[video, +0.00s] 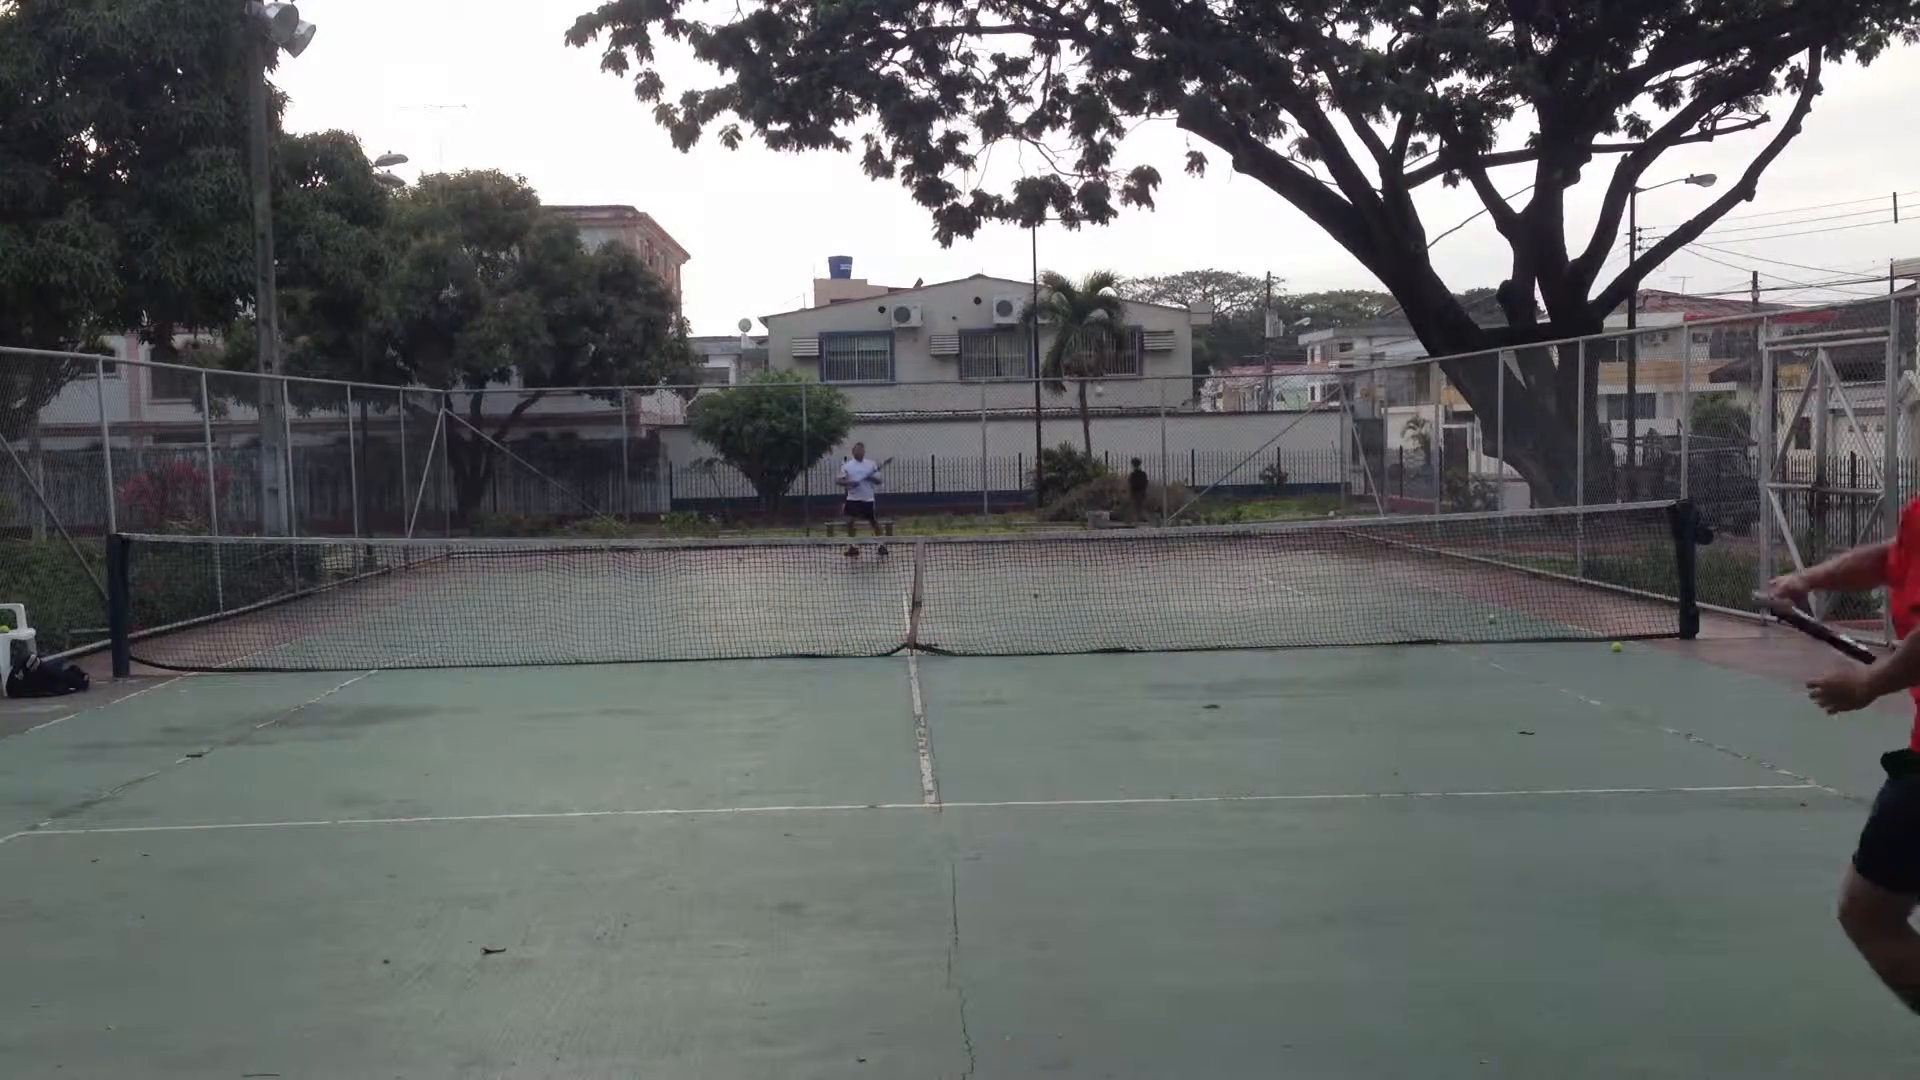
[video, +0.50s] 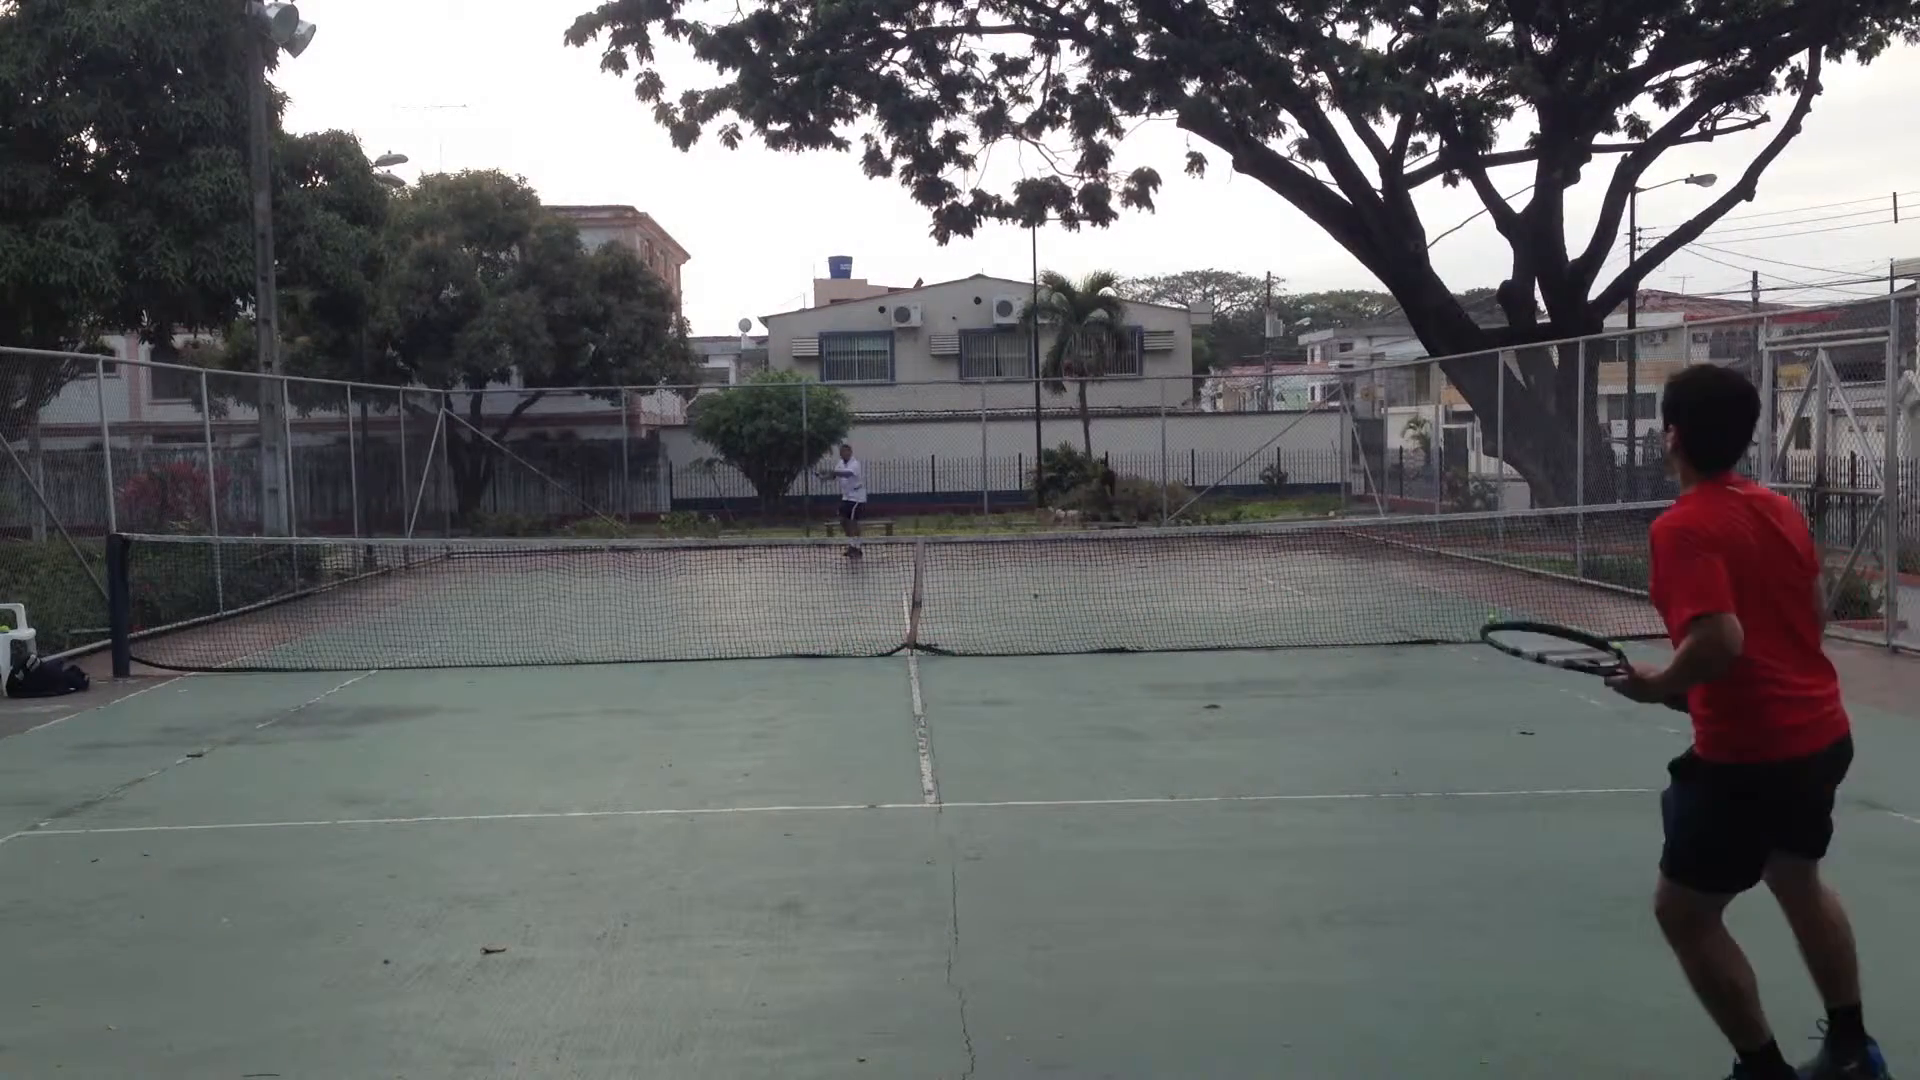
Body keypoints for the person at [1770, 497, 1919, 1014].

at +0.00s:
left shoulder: (1913, 527)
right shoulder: (1913, 519)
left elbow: (1917, 643)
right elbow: (1894, 559)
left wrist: (1867, 683)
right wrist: (1810, 579)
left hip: (1917, 758)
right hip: (1916, 756)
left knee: (1868, 912)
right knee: (1871, 910)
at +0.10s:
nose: (1874, 462)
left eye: (1878, 450)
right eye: (1879, 449)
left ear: (1893, 461)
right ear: (1912, 459)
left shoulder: (1908, 552)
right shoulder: (1901, 546)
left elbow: (1919, 680)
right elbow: (1882, 635)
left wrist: (1849, 719)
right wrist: (1818, 676)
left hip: (1915, 783)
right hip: (1909, 775)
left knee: (1793, 902)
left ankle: (1878, 1062)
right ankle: (1876, 1059)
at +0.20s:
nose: (1824, 518)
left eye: (1826, 506)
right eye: (1825, 506)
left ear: (1843, 518)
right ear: (1899, 514)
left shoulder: (1890, 604)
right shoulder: (1899, 585)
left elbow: (1915, 730)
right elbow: (1874, 690)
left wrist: (1828, 765)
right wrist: (1810, 739)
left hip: (1900, 808)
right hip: (1906, 801)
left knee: (1749, 902)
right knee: (1895, 911)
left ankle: (1779, 1068)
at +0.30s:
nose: (1769, 520)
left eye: (1772, 508)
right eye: (1773, 507)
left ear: (1786, 520)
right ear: (1842, 516)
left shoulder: (1834, 606)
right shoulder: (1861, 582)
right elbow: (1856, 698)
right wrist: (1789, 738)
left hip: (1864, 811)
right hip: (1906, 804)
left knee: (1708, 911)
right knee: (1886, 907)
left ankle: (1776, 1068)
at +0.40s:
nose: (1713, 485)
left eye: (1716, 473)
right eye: (1717, 472)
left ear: (1727, 485)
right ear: (1787, 484)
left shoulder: (1748, 572)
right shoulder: (1820, 553)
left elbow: (1794, 691)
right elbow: (1828, 669)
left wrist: (1712, 724)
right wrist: (1734, 718)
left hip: (1802, 790)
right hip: (1872, 774)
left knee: (1690, 917)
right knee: (1862, 891)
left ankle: (1773, 1069)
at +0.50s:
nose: (1663, 436)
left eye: (1665, 426)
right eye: (1671, 424)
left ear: (1673, 438)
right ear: (1742, 437)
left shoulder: (1682, 526)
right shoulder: (1781, 509)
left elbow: (1719, 641)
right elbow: (1813, 618)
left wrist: (1659, 684)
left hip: (1743, 754)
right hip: (1822, 741)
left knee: (1684, 909)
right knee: (1796, 874)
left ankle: (1761, 1065)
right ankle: (1850, 1042)